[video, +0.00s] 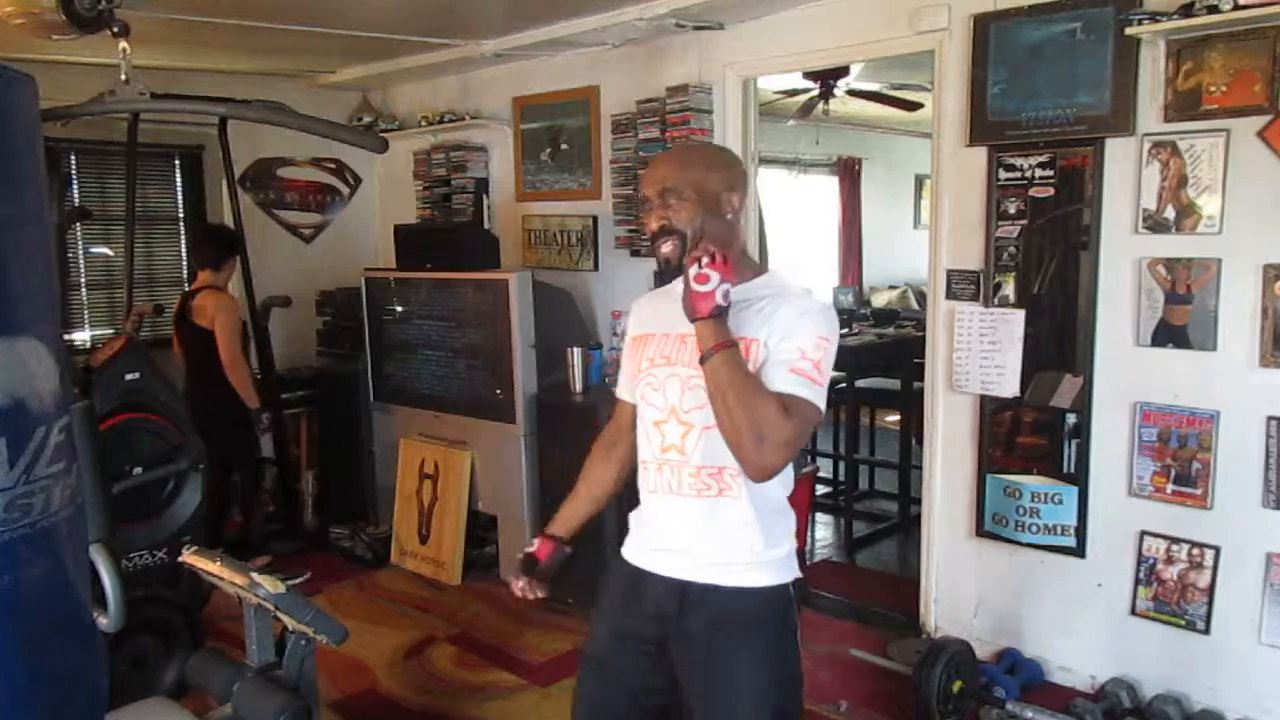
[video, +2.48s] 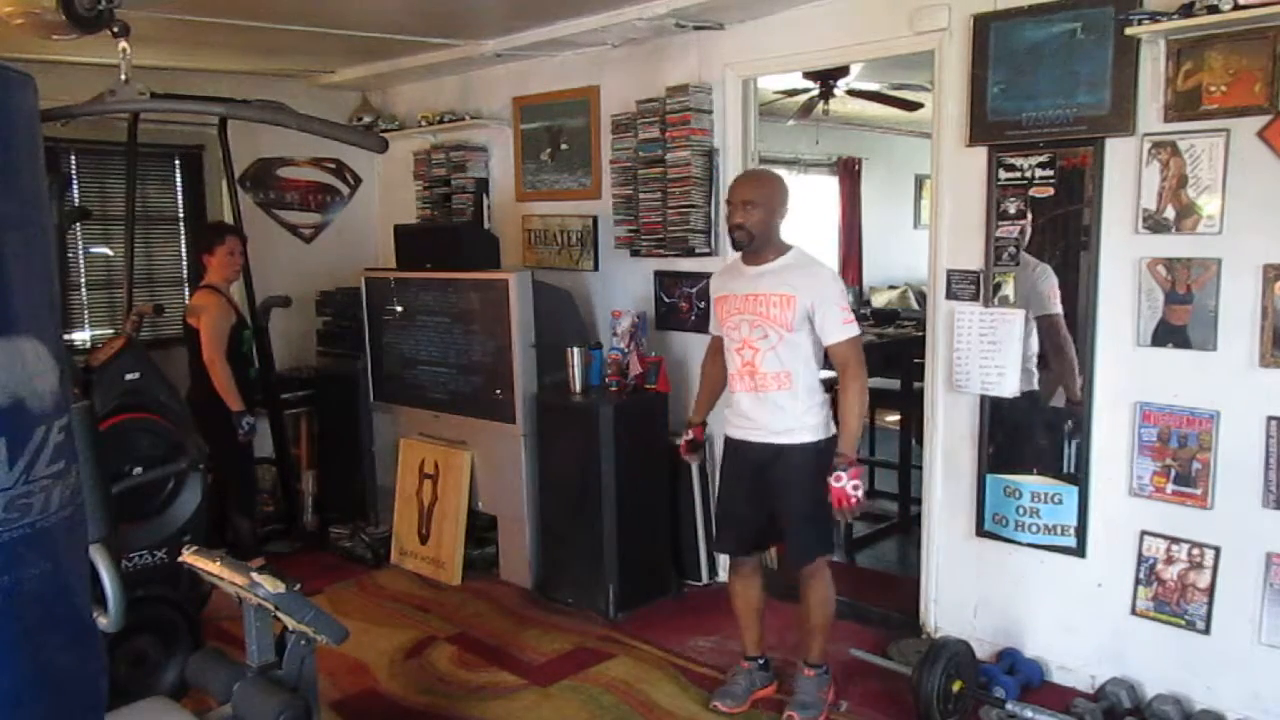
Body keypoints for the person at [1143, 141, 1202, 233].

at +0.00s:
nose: (1157, 158)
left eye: (1159, 153)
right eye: (1155, 156)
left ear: (1168, 150)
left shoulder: (1175, 162)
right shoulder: (1164, 166)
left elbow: (1170, 188)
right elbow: (1161, 188)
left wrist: (1160, 213)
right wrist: (1157, 212)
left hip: (1190, 211)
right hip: (1180, 211)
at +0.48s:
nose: (1158, 158)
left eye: (1159, 153)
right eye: (1155, 155)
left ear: (1169, 150)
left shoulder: (1175, 161)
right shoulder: (1164, 166)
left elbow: (1170, 187)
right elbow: (1161, 188)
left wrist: (1160, 213)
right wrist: (1157, 212)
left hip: (1190, 211)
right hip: (1180, 212)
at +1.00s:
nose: (1158, 158)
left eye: (1159, 153)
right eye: (1155, 156)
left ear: (1169, 150)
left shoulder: (1175, 161)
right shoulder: (1164, 166)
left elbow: (1170, 187)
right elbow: (1161, 189)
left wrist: (1160, 213)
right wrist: (1157, 212)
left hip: (1190, 211)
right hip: (1180, 211)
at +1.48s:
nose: (1157, 158)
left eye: (1159, 154)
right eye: (1155, 156)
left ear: (1169, 150)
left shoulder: (1175, 161)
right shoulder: (1164, 166)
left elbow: (1170, 188)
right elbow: (1161, 188)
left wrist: (1160, 213)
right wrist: (1157, 212)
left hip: (1191, 211)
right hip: (1180, 212)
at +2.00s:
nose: (1158, 158)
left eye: (1159, 153)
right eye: (1155, 155)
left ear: (1169, 150)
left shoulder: (1175, 161)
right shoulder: (1164, 166)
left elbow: (1170, 188)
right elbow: (1161, 188)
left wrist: (1160, 213)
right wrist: (1157, 212)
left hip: (1190, 211)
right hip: (1180, 212)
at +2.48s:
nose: (1157, 158)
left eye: (1159, 153)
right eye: (1155, 155)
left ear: (1168, 150)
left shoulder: (1175, 161)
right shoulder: (1164, 166)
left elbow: (1170, 187)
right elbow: (1161, 188)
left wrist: (1160, 212)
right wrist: (1157, 212)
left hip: (1190, 211)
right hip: (1180, 212)